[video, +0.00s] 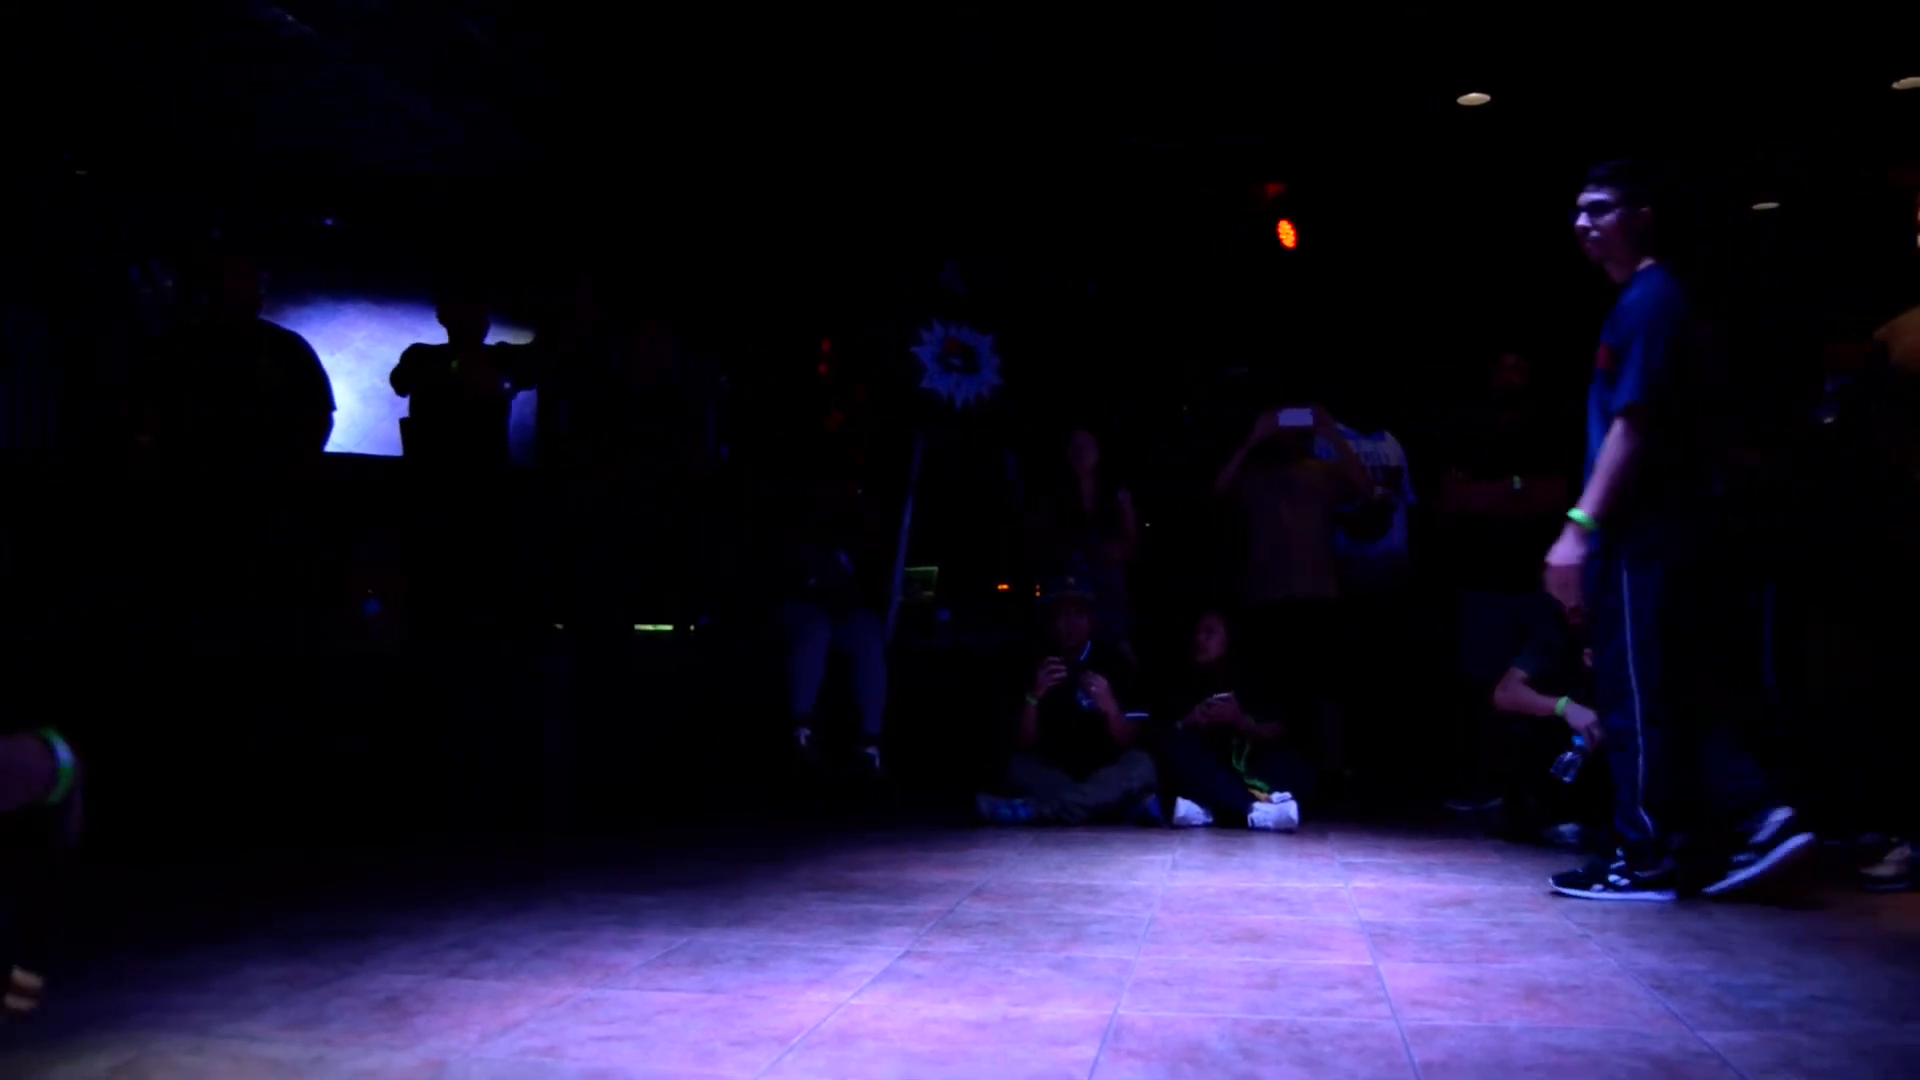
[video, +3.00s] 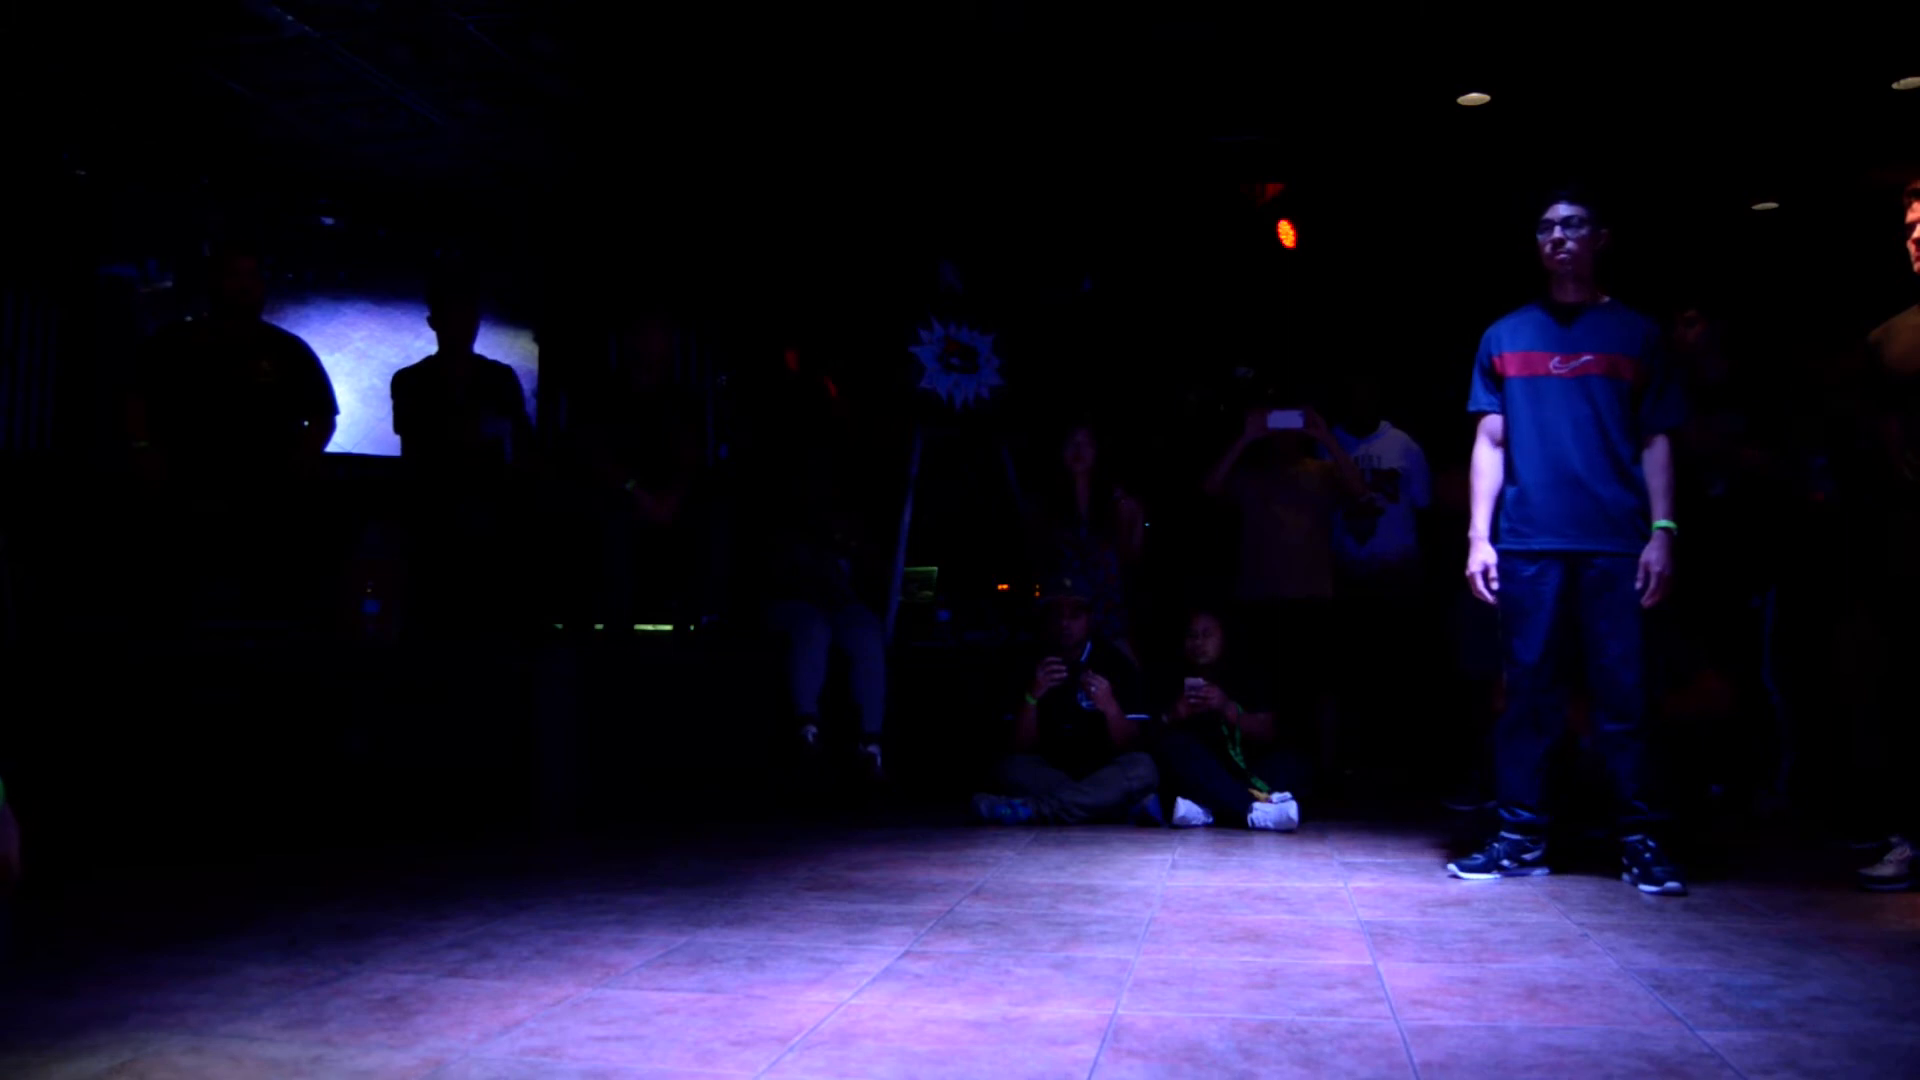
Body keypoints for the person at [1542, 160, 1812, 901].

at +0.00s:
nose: (1583, 225)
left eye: (1598, 211)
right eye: (1581, 213)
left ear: (1642, 217)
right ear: (1609, 226)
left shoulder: (1653, 299)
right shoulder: (1647, 297)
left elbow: (1632, 425)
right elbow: (1640, 424)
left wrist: (1580, 526)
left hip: (1649, 520)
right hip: (1657, 514)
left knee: (1638, 684)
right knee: (1672, 675)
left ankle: (1644, 857)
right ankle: (1755, 816)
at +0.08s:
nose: (1572, 225)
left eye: (1587, 212)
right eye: (1570, 213)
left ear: (1630, 218)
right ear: (1607, 226)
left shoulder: (1639, 299)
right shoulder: (1639, 296)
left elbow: (1618, 428)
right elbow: (1622, 430)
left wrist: (1558, 524)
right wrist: (1586, 545)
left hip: (1633, 525)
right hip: (1637, 521)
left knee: (1627, 686)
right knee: (1641, 680)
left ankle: (1641, 857)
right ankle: (1711, 824)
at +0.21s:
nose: (1561, 228)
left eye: (1576, 214)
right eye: (1559, 216)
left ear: (1618, 220)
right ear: (1587, 227)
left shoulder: (1628, 300)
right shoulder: (1617, 298)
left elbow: (1601, 424)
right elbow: (1600, 426)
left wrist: (1542, 521)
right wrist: (1562, 533)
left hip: (1622, 528)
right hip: (1609, 525)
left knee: (1617, 688)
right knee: (1599, 685)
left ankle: (1642, 856)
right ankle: (1622, 838)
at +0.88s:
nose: (1500, 237)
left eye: (1516, 226)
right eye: (1499, 227)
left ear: (1553, 238)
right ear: (1505, 241)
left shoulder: (1578, 315)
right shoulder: (1520, 328)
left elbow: (1591, 429)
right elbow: (1500, 456)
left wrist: (1574, 528)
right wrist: (1465, 549)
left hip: (1552, 540)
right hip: (1504, 544)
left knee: (1583, 694)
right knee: (1519, 695)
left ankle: (1639, 850)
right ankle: (1521, 838)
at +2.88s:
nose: (1549, 241)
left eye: (1562, 230)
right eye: (1539, 231)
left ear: (1589, 242)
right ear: (1527, 247)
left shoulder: (1624, 334)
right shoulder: (1495, 338)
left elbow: (1644, 440)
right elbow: (1481, 443)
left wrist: (1653, 532)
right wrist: (1475, 538)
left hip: (1605, 542)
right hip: (1522, 542)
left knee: (1617, 693)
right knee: (1523, 692)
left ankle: (1639, 841)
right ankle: (1520, 836)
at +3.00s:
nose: (1559, 239)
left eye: (1572, 228)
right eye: (1548, 230)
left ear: (1600, 240)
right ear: (1537, 245)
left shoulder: (1635, 333)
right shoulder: (1505, 336)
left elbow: (1655, 440)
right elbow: (1489, 440)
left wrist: (1662, 531)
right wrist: (1479, 536)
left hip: (1614, 542)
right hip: (1528, 543)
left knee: (1622, 694)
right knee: (1527, 691)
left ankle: (1639, 841)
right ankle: (1520, 836)